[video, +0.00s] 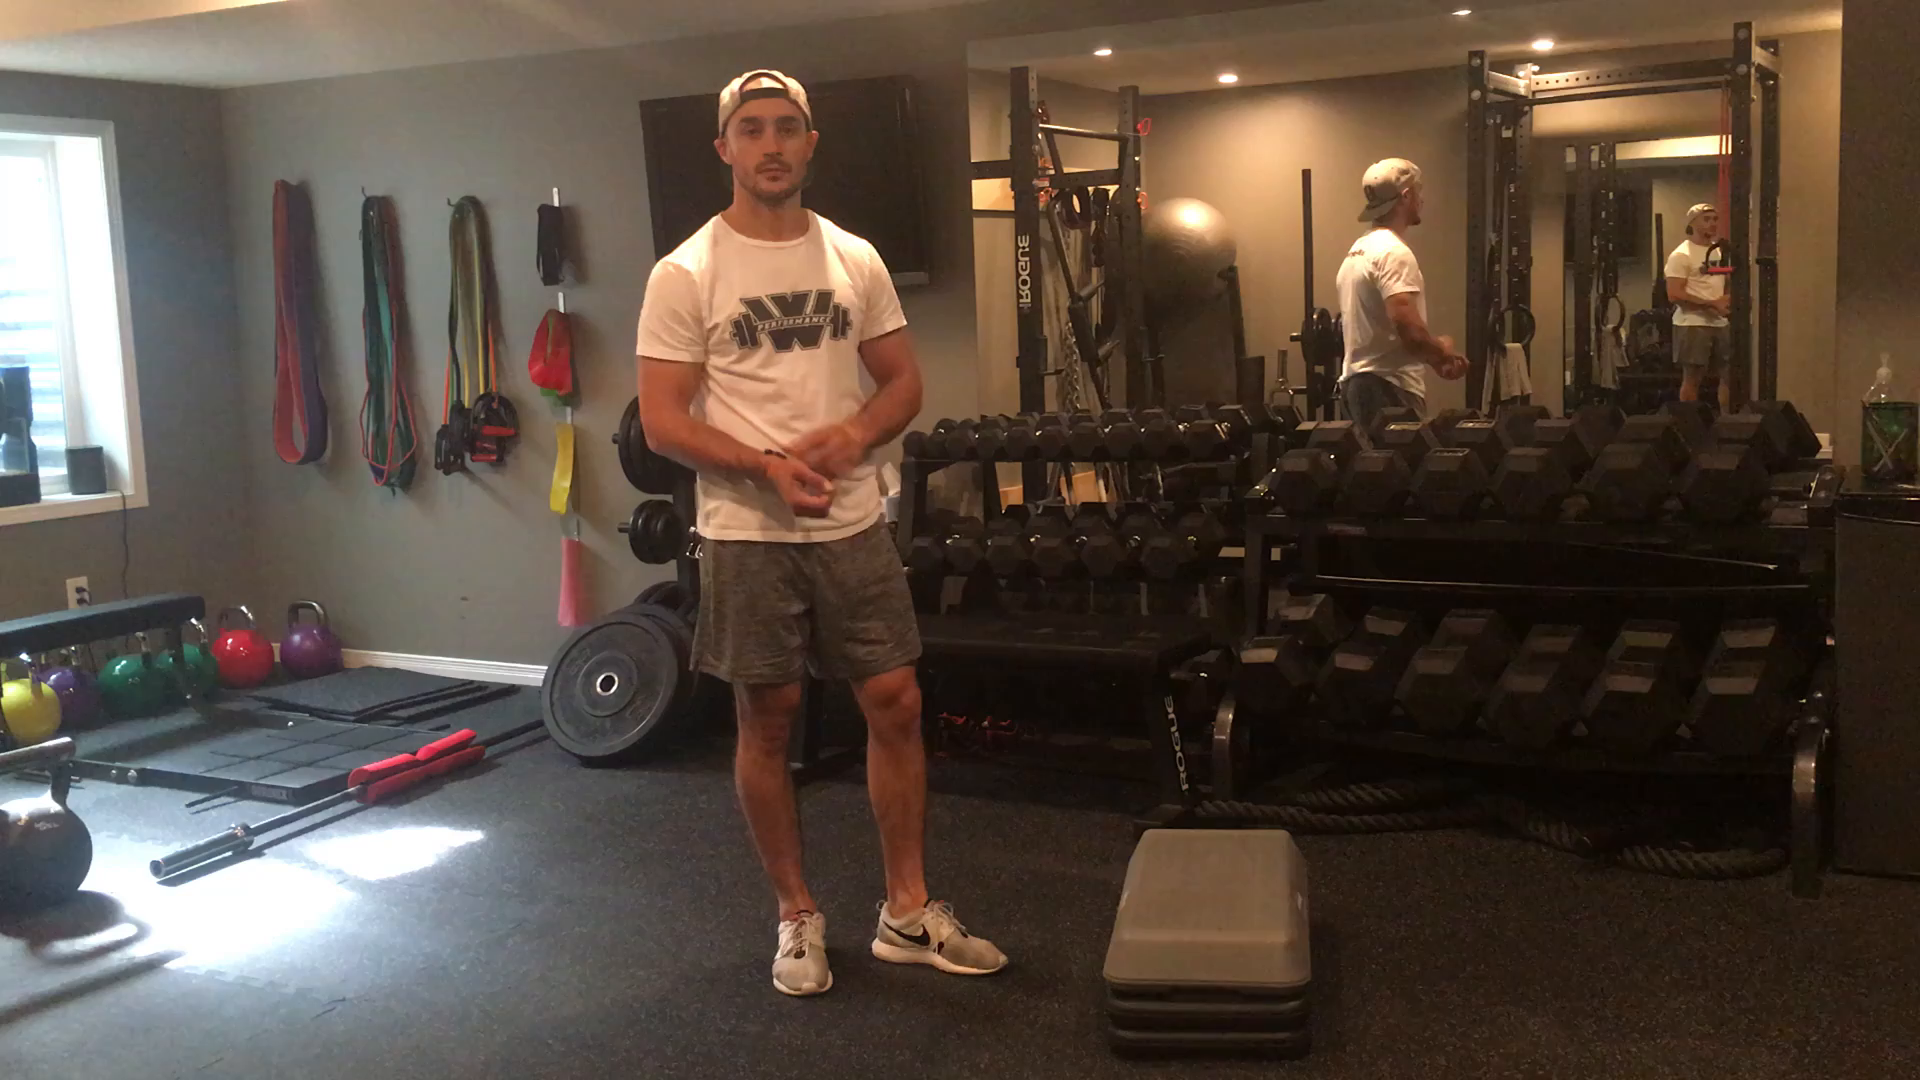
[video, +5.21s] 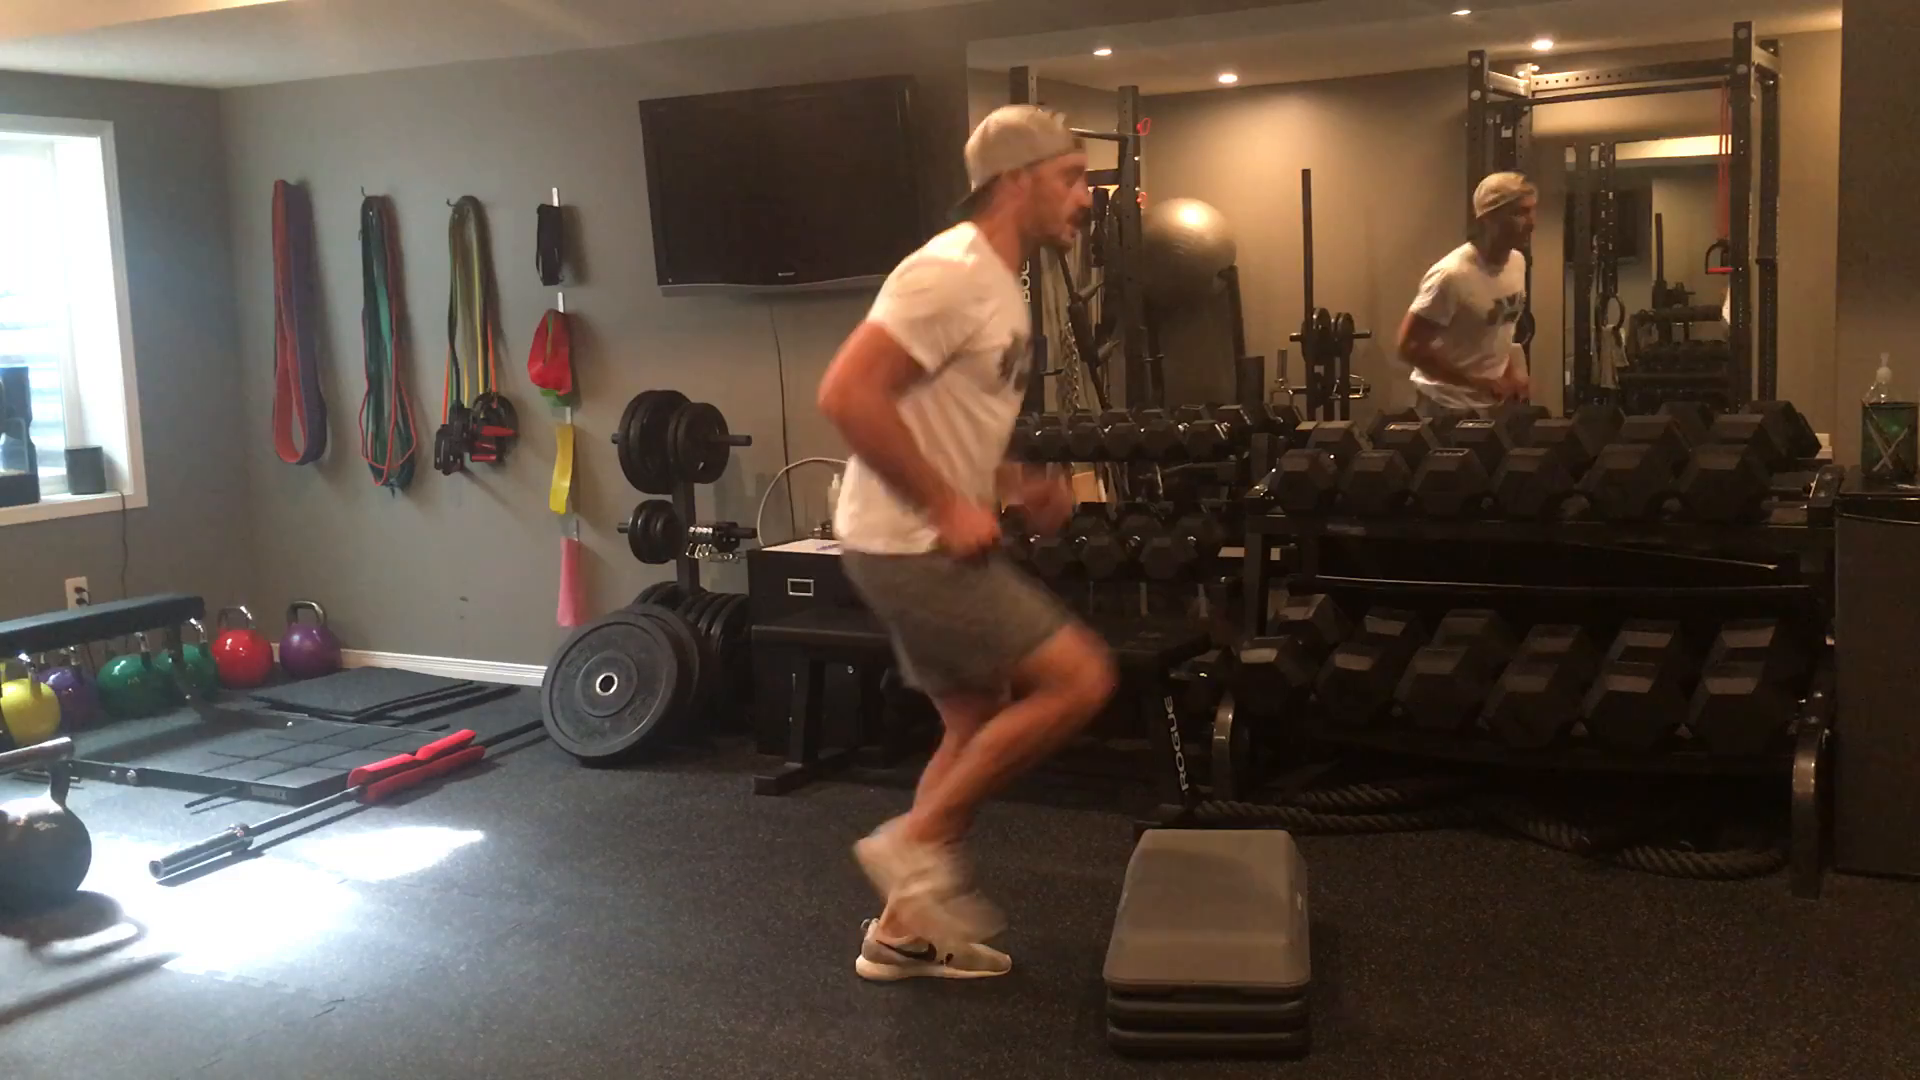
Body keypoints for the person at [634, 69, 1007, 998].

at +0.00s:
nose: (772, 145)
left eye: (787, 129)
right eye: (753, 131)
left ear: (811, 144)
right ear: (725, 148)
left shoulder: (854, 259)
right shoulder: (686, 274)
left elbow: (905, 385)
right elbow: (663, 422)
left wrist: (848, 437)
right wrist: (764, 463)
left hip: (855, 525)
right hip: (748, 534)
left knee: (896, 703)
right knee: (767, 716)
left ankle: (908, 909)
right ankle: (797, 916)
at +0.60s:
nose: (854, 140)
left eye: (870, 125)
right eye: (836, 124)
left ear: (892, 143)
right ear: (803, 139)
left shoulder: (915, 261)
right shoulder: (748, 258)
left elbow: (936, 399)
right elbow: (704, 408)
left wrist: (967, 517)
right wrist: (681, 542)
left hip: (900, 533)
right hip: (793, 536)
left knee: (910, 711)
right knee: (800, 721)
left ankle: (899, 910)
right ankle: (799, 915)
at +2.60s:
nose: (895, 142)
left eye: (911, 127)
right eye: (877, 127)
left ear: (938, 145)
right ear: (850, 145)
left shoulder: (970, 268)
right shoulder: (799, 262)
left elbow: (991, 408)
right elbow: (765, 415)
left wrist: (1029, 530)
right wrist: (750, 544)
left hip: (945, 535)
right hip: (839, 536)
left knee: (923, 720)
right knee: (836, 726)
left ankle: (901, 910)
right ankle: (823, 942)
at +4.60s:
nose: (911, 178)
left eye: (914, 159)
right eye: (898, 158)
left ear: (857, 156)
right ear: (840, 151)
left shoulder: (856, 254)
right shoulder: (763, 264)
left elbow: (866, 405)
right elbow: (718, 428)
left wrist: (916, 501)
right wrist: (763, 572)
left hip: (869, 540)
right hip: (789, 550)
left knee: (897, 709)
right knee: (777, 748)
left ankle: (899, 910)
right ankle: (778, 944)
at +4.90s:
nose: (983, 176)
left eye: (985, 158)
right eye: (973, 156)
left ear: (920, 156)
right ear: (919, 153)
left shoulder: (900, 257)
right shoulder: (845, 253)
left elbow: (865, 411)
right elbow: (796, 415)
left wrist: (902, 503)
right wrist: (886, 531)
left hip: (880, 537)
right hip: (813, 541)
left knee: (923, 705)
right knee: (796, 738)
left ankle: (897, 917)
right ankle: (777, 943)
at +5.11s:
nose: (1056, 192)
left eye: (1054, 174)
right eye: (1044, 173)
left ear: (995, 179)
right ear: (990, 176)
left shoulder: (970, 270)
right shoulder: (924, 261)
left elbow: (913, 413)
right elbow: (851, 405)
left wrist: (958, 498)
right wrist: (947, 512)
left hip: (918, 541)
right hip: (876, 542)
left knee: (959, 736)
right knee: (963, 737)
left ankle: (902, 926)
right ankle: (815, 905)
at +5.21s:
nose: (1086, 197)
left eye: (1085, 180)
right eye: (1073, 179)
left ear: (1021, 188)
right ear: (1018, 184)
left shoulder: (998, 284)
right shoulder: (951, 271)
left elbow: (944, 423)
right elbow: (848, 389)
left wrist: (1020, 481)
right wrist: (942, 501)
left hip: (927, 539)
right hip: (903, 541)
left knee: (973, 724)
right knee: (1079, 676)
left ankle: (906, 925)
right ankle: (914, 839)